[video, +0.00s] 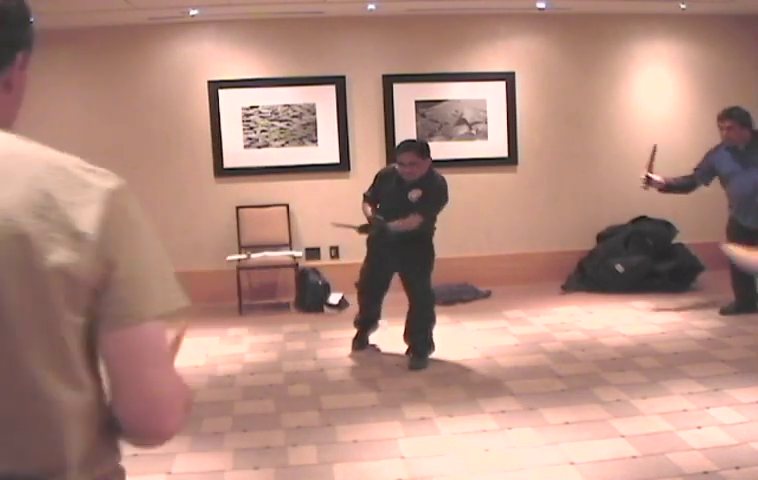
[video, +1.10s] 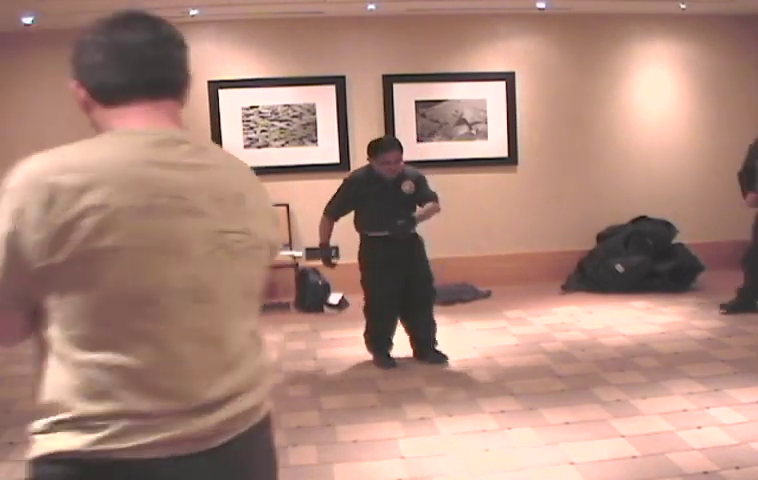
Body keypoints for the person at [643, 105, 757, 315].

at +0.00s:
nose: (725, 135)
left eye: (730, 128)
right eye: (722, 129)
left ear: (745, 128)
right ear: (721, 130)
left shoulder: (755, 148)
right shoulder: (719, 155)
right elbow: (694, 180)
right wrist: (664, 184)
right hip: (741, 222)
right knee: (739, 261)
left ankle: (751, 300)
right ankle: (744, 300)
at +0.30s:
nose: (723, 129)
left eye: (728, 123)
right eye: (720, 124)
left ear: (743, 124)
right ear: (718, 127)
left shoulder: (754, 145)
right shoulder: (718, 150)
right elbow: (697, 167)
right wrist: (682, 176)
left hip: (754, 218)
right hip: (738, 218)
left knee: (752, 261)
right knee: (739, 261)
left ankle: (751, 301)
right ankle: (743, 301)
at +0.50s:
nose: (731, 126)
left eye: (736, 120)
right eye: (729, 121)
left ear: (751, 121)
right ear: (727, 123)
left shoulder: (754, 146)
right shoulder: (726, 148)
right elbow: (705, 179)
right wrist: (710, 191)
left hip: (754, 216)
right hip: (739, 217)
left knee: (750, 260)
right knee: (739, 260)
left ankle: (750, 300)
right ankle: (743, 300)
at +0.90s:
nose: (756, 118)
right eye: (755, 114)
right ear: (754, 117)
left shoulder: (748, 145)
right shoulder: (748, 145)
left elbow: (732, 172)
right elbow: (733, 172)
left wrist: (740, 193)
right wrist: (738, 193)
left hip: (753, 215)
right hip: (753, 215)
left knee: (750, 256)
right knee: (749, 256)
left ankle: (747, 298)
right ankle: (746, 298)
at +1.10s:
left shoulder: (753, 148)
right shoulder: (753, 147)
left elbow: (747, 169)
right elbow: (747, 169)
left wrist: (750, 191)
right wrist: (749, 190)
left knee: (753, 254)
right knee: (752, 254)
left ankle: (749, 295)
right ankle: (748, 294)